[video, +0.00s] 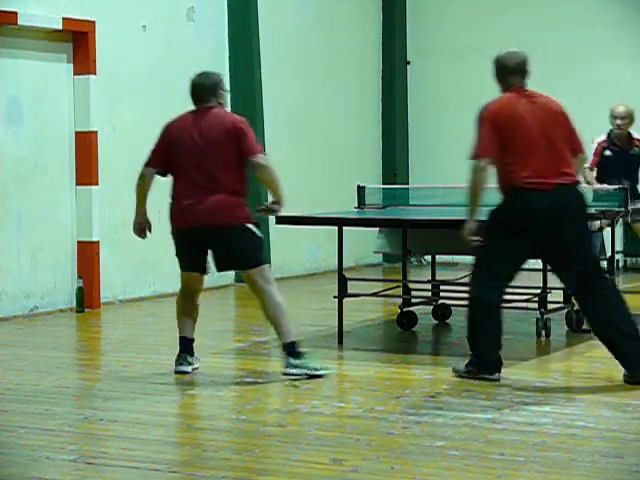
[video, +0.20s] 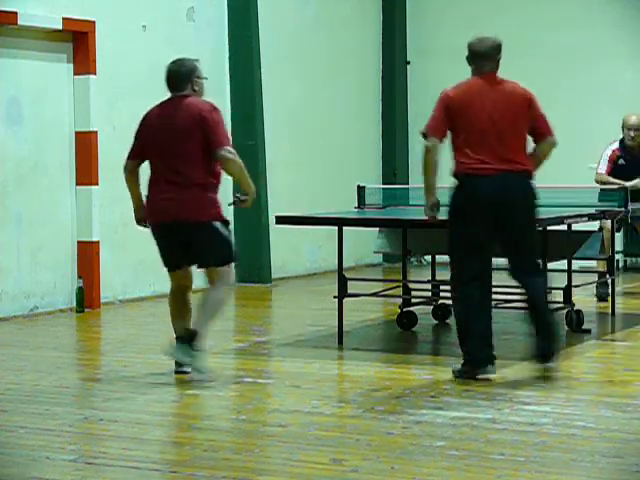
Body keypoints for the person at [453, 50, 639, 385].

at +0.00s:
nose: (499, 80)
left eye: (498, 75)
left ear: (498, 77)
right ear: (526, 75)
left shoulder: (494, 111)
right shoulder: (552, 106)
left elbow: (482, 165)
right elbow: (578, 155)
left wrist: (472, 217)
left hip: (522, 208)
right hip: (567, 205)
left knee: (486, 279)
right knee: (591, 281)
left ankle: (485, 363)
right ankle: (636, 362)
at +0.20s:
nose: (479, 65)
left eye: (475, 59)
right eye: (489, 60)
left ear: (469, 62)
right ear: (499, 61)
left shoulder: (452, 97)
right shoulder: (520, 95)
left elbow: (432, 146)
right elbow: (547, 141)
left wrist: (430, 195)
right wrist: (523, 171)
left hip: (472, 194)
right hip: (516, 192)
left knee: (469, 276)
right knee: (528, 268)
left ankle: (478, 359)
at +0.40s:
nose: (481, 78)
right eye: (485, 74)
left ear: (458, 72)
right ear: (487, 75)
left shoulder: (435, 101)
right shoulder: (500, 112)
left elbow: (407, 144)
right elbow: (520, 164)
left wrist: (403, 190)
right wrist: (488, 185)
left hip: (427, 197)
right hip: (470, 201)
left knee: (413, 265)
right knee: (471, 276)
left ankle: (406, 333)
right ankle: (470, 358)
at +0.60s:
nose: (447, 100)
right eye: (449, 96)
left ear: (422, 94)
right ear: (448, 96)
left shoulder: (395, 122)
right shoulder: (458, 128)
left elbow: (362, 166)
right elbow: (479, 181)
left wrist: (352, 211)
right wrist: (446, 198)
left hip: (389, 212)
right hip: (434, 215)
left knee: (361, 280)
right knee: (461, 280)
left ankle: (323, 352)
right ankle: (471, 357)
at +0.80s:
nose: (440, 102)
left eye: (439, 98)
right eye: (440, 98)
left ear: (409, 95)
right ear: (436, 98)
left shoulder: (381, 121)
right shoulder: (436, 125)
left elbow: (351, 169)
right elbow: (447, 173)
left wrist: (354, 209)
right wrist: (456, 206)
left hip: (365, 208)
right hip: (408, 211)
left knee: (351, 278)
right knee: (443, 277)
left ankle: (318, 349)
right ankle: (463, 353)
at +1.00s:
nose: (472, 107)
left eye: (473, 101)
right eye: (471, 101)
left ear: (448, 95)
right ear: (461, 98)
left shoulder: (422, 116)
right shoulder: (441, 123)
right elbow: (439, 177)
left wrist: (479, 194)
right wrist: (483, 197)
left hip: (362, 197)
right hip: (394, 204)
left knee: (354, 275)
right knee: (433, 276)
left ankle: (309, 343)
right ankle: (453, 356)